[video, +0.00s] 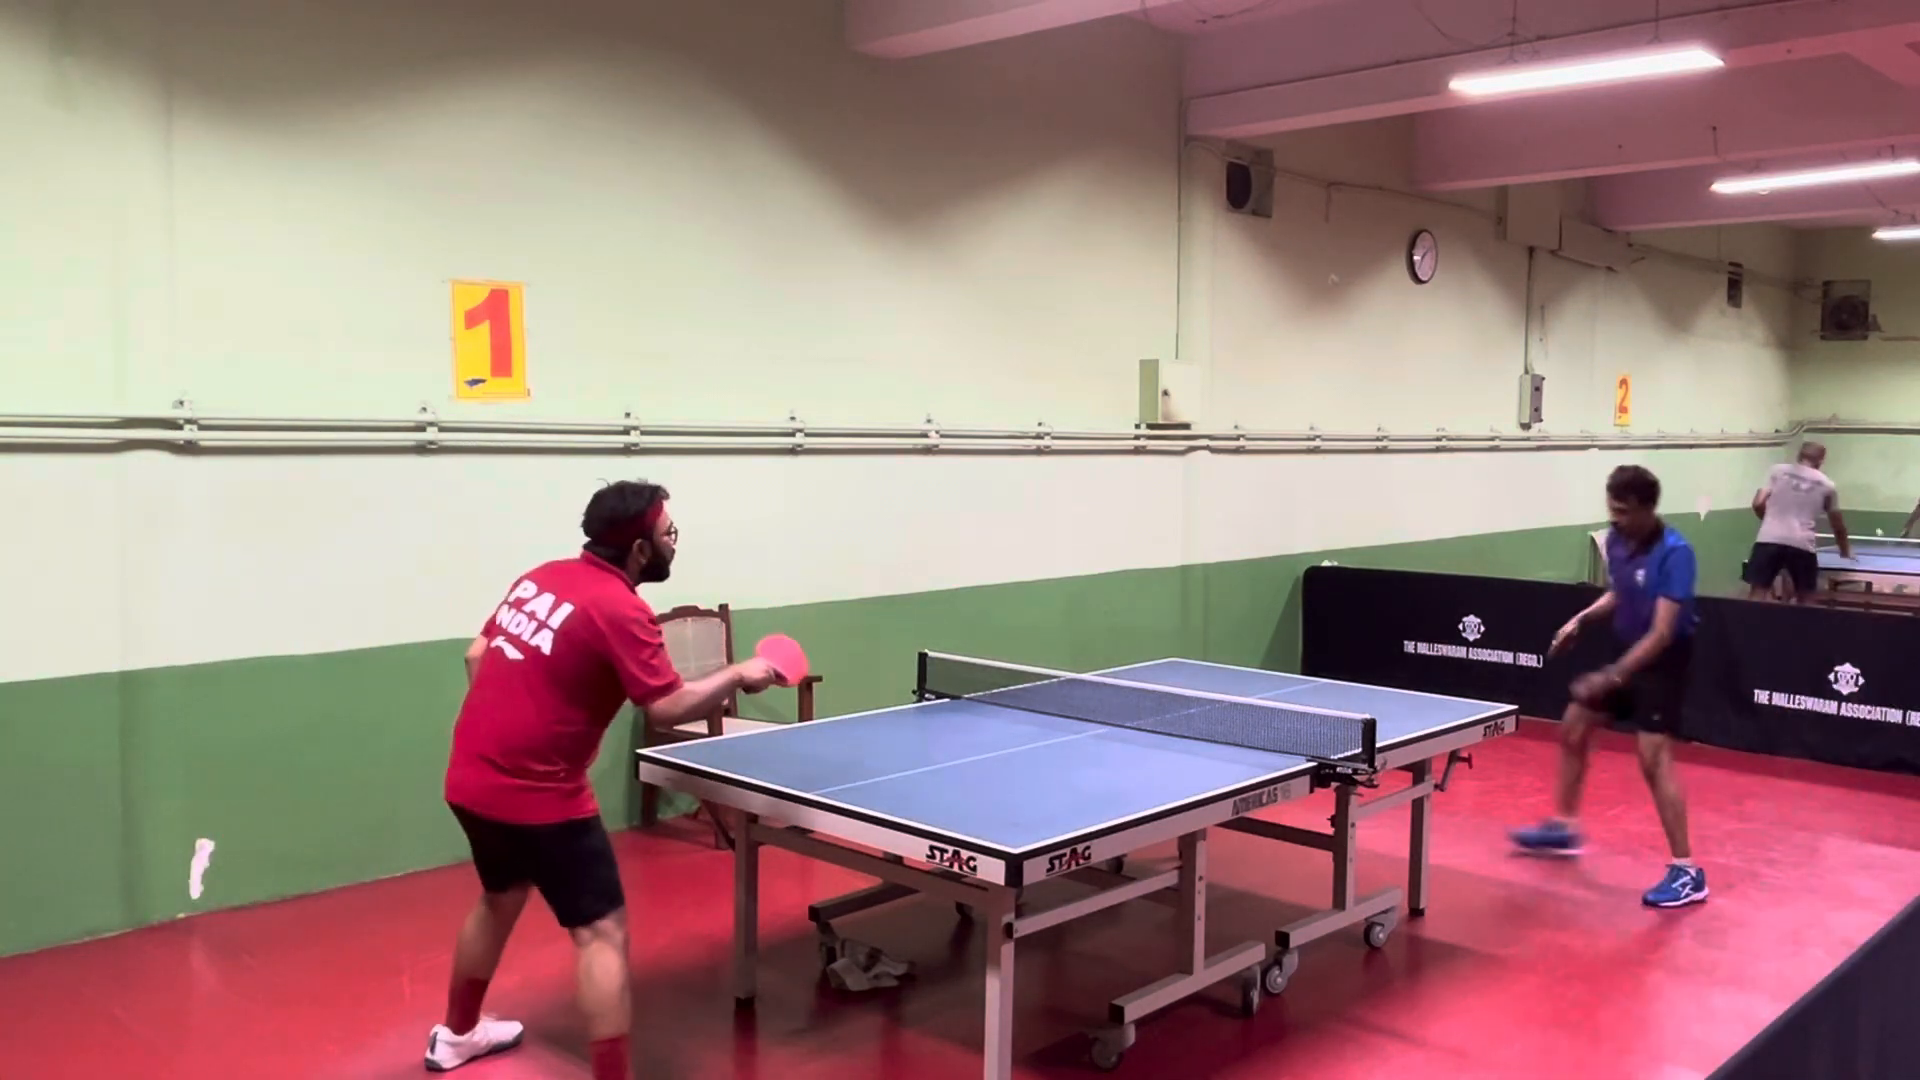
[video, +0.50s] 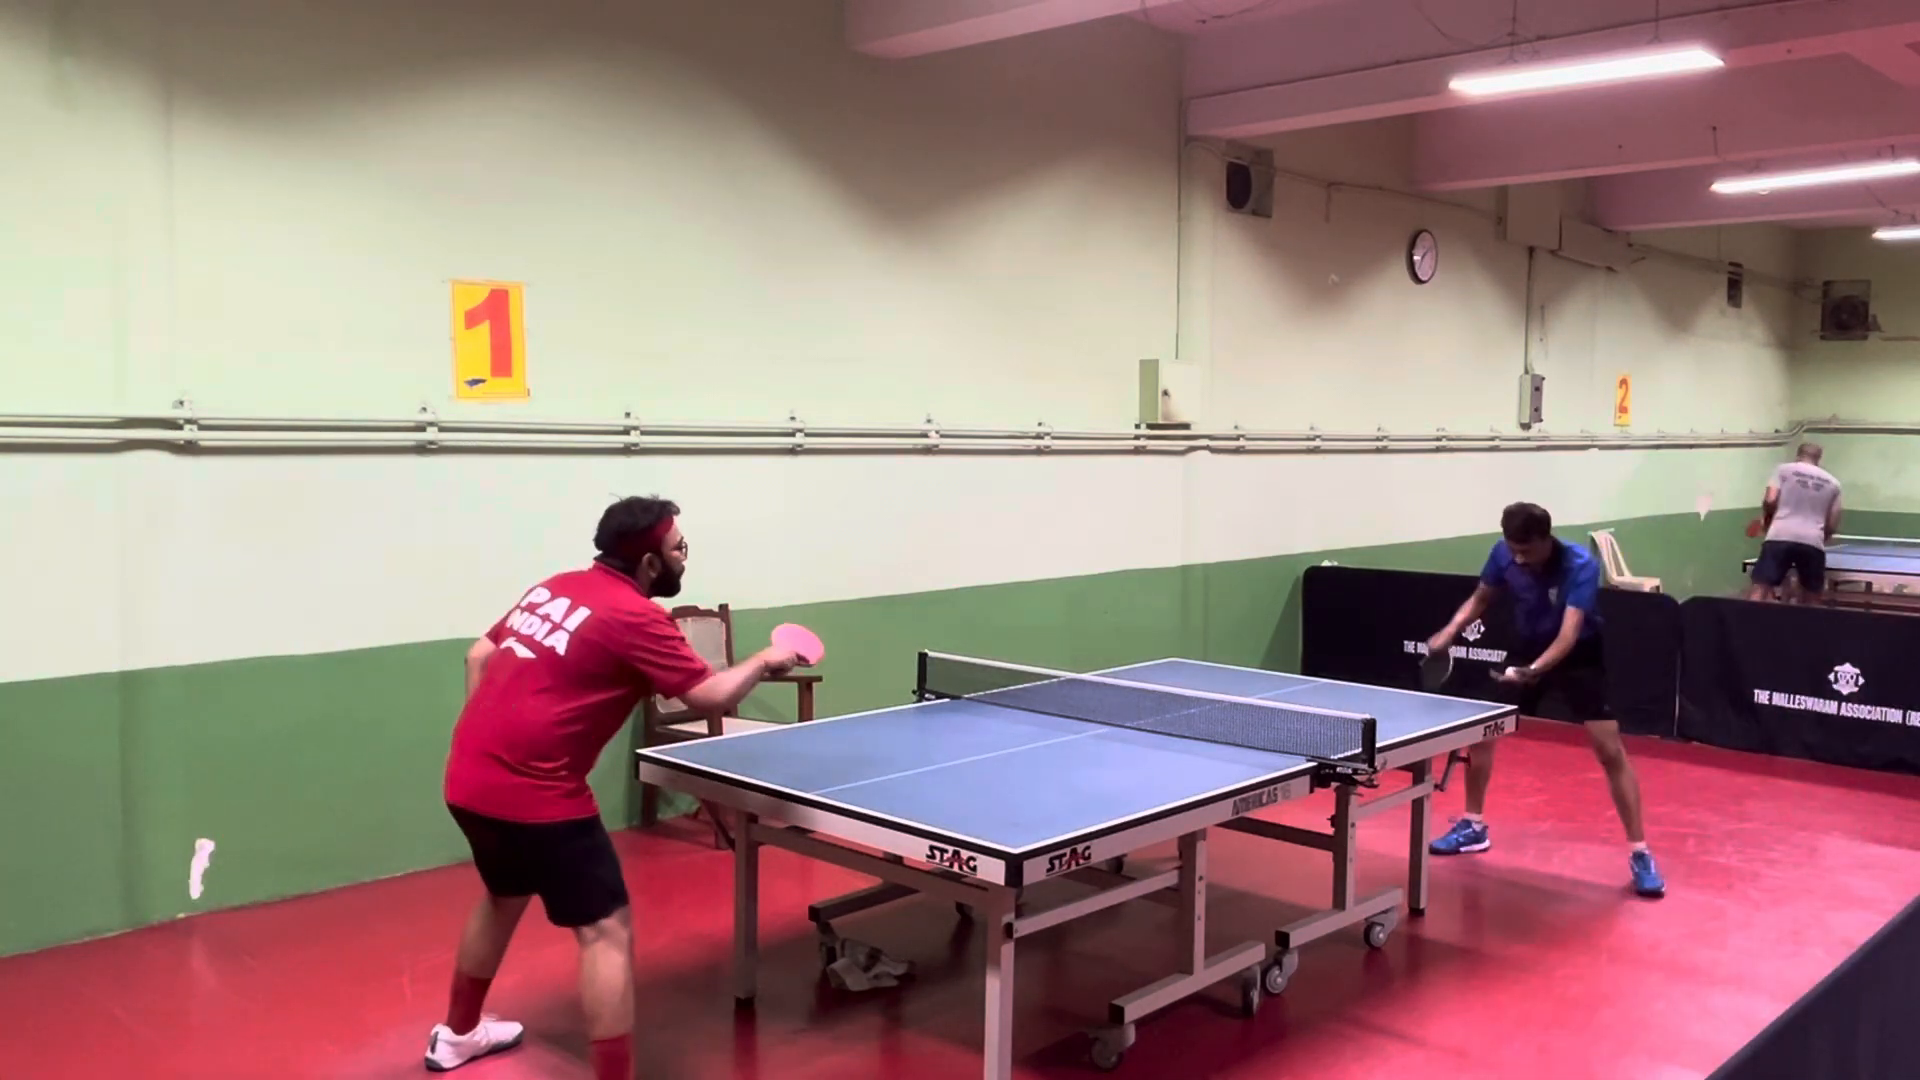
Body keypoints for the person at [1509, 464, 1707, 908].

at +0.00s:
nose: (1614, 519)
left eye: (1621, 512)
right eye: (1611, 510)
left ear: (1648, 509)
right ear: (1613, 507)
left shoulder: (1675, 553)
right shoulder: (1617, 542)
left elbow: (1663, 632)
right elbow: (1621, 594)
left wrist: (1611, 675)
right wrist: (1578, 621)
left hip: (1666, 655)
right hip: (1625, 649)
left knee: (1653, 757)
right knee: (1574, 727)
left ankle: (1686, 869)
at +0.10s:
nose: (1585, 533)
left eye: (1593, 525)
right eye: (1581, 524)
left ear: (1617, 522)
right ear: (1578, 519)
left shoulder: (1645, 562)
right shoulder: (1581, 550)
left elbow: (1627, 630)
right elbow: (1586, 600)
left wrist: (1571, 656)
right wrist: (1546, 636)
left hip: (1639, 667)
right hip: (1593, 660)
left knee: (1638, 766)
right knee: (1544, 741)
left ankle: (1684, 869)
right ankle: (1492, 821)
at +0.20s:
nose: (1555, 550)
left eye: (1563, 542)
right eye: (1551, 541)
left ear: (1586, 535)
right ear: (1546, 535)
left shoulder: (1614, 568)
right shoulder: (1545, 563)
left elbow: (1599, 633)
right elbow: (1542, 613)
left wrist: (1545, 649)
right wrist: (1513, 651)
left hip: (1609, 670)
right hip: (1559, 666)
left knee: (1622, 769)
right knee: (1496, 733)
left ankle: (1678, 869)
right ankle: (1474, 825)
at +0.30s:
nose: (1528, 555)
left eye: (1536, 548)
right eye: (1525, 547)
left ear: (1559, 539)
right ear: (1520, 540)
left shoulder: (1593, 566)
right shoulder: (1520, 560)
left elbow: (1579, 636)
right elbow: (1514, 610)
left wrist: (1532, 653)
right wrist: (1481, 651)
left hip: (1588, 665)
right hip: (1538, 662)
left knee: (1617, 760)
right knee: (1481, 725)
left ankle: (1659, 861)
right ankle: (1472, 825)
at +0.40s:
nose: (1520, 556)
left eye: (1527, 549)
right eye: (1515, 548)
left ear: (1548, 537)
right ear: (1510, 541)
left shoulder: (1582, 562)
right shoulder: (1507, 555)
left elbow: (1571, 635)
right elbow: (1495, 602)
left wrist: (1531, 661)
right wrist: (1461, 640)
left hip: (1582, 657)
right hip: (1531, 654)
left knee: (1610, 750)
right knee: (1482, 730)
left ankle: (1640, 853)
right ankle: (1472, 824)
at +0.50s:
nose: (1518, 557)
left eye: (1526, 551)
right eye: (1513, 550)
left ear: (1546, 539)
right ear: (1507, 542)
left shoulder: (1580, 564)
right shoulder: (1504, 554)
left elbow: (1570, 634)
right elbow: (1480, 598)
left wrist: (1532, 669)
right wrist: (1448, 632)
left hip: (1578, 656)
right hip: (1525, 652)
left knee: (1610, 751)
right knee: (1481, 731)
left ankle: (1640, 853)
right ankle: (1473, 824)